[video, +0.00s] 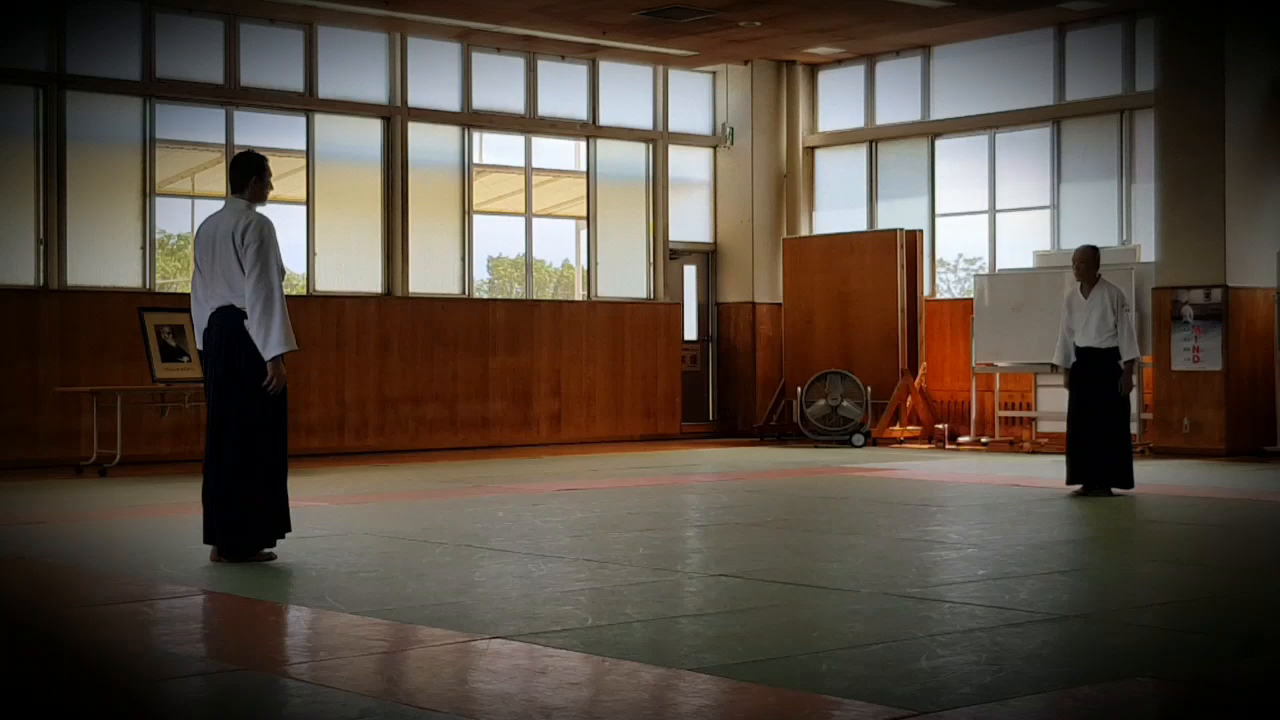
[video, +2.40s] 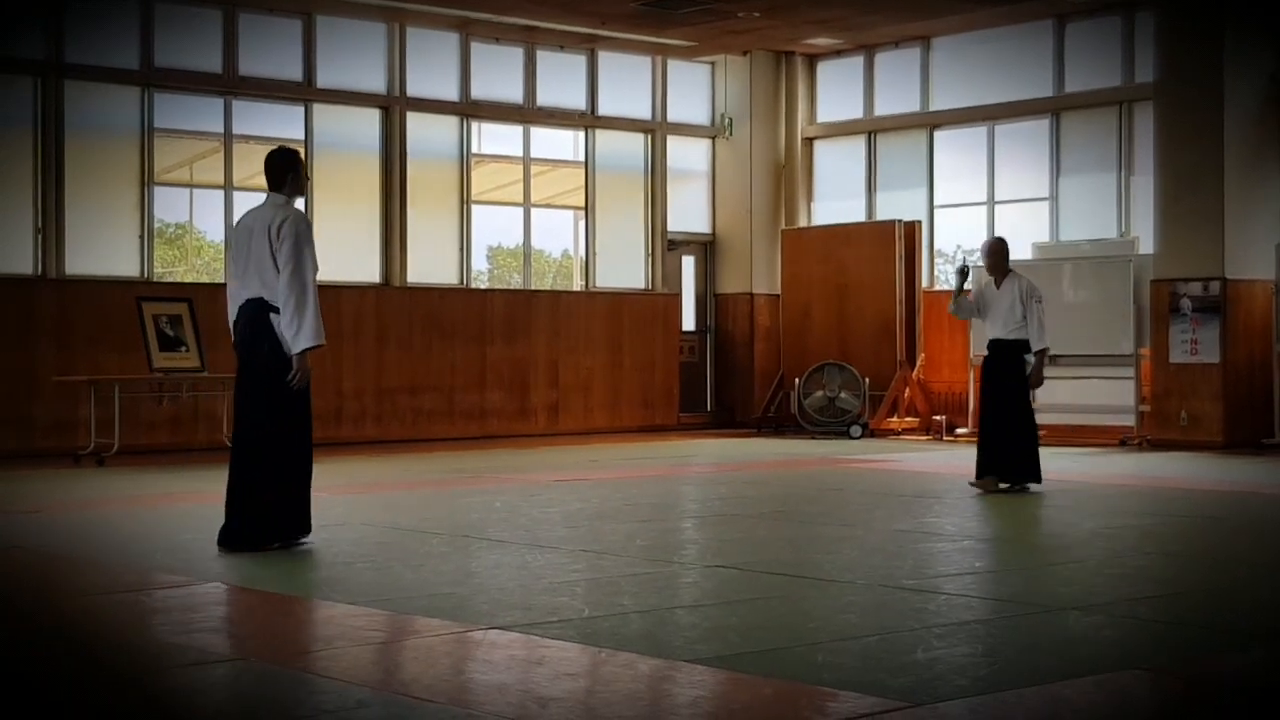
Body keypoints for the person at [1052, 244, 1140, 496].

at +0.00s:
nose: (1075, 268)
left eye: (1081, 263)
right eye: (1074, 264)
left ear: (1096, 265)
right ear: (1073, 266)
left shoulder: (1113, 294)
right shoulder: (1072, 297)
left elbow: (1126, 332)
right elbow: (1065, 334)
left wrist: (1128, 371)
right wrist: (1065, 368)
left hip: (1107, 361)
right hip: (1082, 362)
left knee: (1106, 422)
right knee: (1083, 421)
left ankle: (1104, 482)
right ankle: (1087, 481)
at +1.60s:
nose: (1054, 264)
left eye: (1060, 259)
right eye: (1053, 259)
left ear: (1076, 260)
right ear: (1055, 261)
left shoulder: (1093, 289)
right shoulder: (1055, 292)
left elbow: (1102, 328)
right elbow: (1049, 328)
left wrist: (1100, 365)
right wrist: (1046, 363)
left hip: (1088, 356)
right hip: (1063, 356)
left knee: (1093, 417)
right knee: (1057, 415)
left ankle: (1099, 475)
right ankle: (1056, 472)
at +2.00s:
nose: (1024, 259)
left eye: (1029, 255)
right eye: (1023, 254)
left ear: (1043, 257)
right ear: (1022, 256)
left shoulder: (1060, 287)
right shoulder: (1020, 292)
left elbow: (1073, 328)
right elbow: (1012, 330)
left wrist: (1074, 365)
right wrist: (1009, 367)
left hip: (1052, 357)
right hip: (1025, 357)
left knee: (1069, 416)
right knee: (1022, 417)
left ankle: (1094, 466)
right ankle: (1020, 477)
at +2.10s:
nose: (1012, 258)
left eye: (1017, 253)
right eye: (1012, 253)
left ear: (1032, 257)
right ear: (1013, 256)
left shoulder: (1049, 287)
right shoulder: (1009, 292)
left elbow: (1063, 326)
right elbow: (1000, 329)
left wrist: (1066, 363)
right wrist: (989, 364)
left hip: (1040, 357)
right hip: (1014, 357)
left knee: (1047, 416)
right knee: (1014, 417)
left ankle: (1080, 459)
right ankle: (1017, 478)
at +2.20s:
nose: (1002, 257)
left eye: (1007, 252)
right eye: (1003, 253)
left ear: (1021, 256)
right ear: (1006, 256)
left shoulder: (1040, 286)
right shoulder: (1003, 289)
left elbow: (1053, 325)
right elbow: (992, 323)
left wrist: (1056, 363)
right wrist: (972, 346)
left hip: (1032, 355)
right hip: (1008, 355)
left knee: (1030, 415)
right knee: (1008, 416)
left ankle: (1058, 463)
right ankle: (1019, 477)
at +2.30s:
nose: (995, 260)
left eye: (1000, 255)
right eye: (993, 255)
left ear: (1013, 256)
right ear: (993, 257)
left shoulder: (1032, 287)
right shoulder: (993, 291)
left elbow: (1044, 325)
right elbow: (981, 320)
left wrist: (1047, 362)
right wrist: (965, 316)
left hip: (1024, 355)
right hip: (1001, 355)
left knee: (1020, 415)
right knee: (999, 415)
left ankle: (1025, 477)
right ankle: (1010, 476)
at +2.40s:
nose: (985, 263)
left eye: (990, 257)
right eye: (984, 257)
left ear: (1004, 257)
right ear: (984, 259)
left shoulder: (1024, 287)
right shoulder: (985, 289)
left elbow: (1037, 327)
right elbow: (962, 311)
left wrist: (1038, 365)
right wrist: (959, 288)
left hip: (1016, 356)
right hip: (994, 355)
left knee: (1016, 416)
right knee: (990, 415)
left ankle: (1019, 476)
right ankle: (989, 475)